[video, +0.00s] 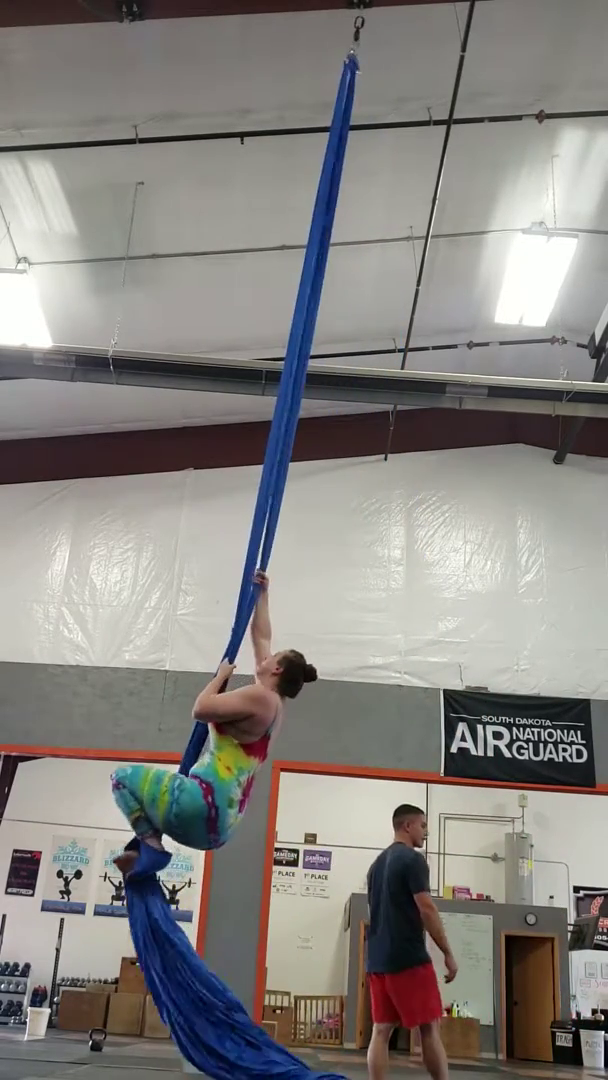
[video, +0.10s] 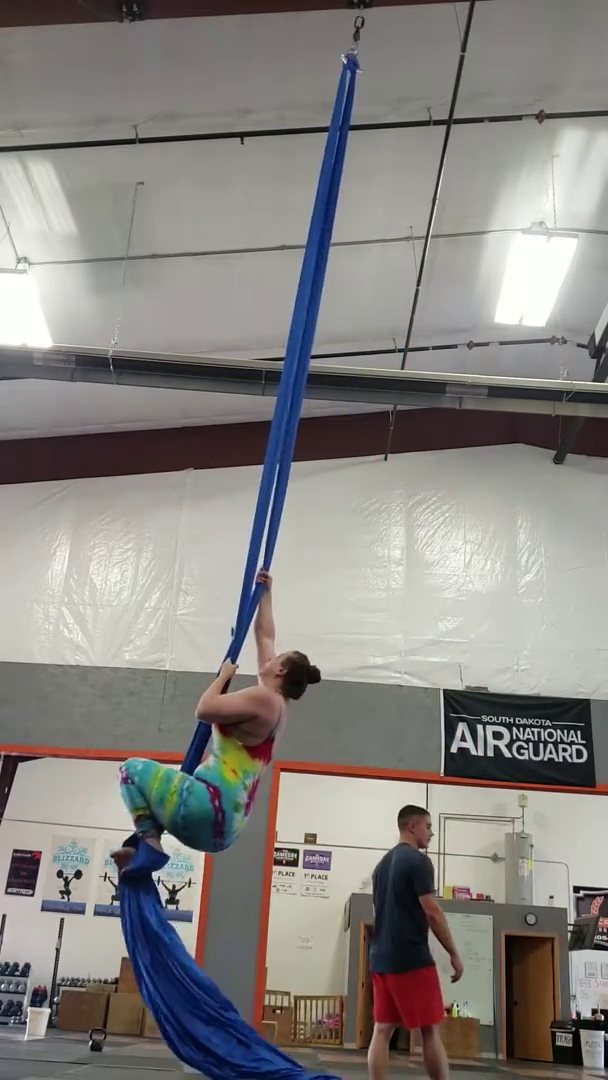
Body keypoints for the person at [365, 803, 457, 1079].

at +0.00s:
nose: (425, 831)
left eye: (425, 826)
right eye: (422, 825)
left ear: (401, 827)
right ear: (406, 826)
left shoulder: (377, 863)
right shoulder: (412, 859)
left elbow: (377, 914)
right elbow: (427, 909)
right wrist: (447, 952)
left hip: (378, 960)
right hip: (408, 959)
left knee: (380, 1032)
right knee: (429, 1029)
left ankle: (377, 1077)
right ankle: (442, 1076)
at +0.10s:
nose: (431, 832)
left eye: (430, 827)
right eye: (427, 826)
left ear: (406, 828)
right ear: (411, 826)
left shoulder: (383, 863)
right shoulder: (418, 861)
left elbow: (381, 913)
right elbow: (432, 912)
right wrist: (453, 952)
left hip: (381, 959)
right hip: (412, 960)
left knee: (382, 1031)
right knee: (430, 1031)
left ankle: (377, 1077)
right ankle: (441, 1077)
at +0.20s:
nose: (437, 833)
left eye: (436, 827)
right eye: (434, 827)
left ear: (412, 828)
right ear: (418, 827)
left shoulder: (390, 865)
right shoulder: (425, 864)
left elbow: (388, 913)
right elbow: (439, 915)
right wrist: (459, 957)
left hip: (387, 960)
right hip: (417, 962)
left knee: (385, 1031)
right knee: (433, 1034)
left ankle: (378, 1078)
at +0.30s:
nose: (445, 834)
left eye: (445, 828)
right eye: (443, 828)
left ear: (419, 829)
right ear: (428, 829)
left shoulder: (399, 864)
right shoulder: (432, 865)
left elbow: (395, 914)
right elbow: (446, 918)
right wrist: (464, 961)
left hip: (395, 961)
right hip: (425, 963)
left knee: (392, 1032)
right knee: (438, 1035)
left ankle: (381, 1077)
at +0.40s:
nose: (453, 836)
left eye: (453, 830)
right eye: (451, 830)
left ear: (426, 831)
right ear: (441, 831)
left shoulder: (406, 866)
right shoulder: (441, 866)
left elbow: (406, 918)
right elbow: (452, 919)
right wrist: (469, 964)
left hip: (403, 963)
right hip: (434, 964)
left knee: (406, 1032)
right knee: (448, 1035)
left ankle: (388, 1077)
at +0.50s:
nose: (459, 837)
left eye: (459, 832)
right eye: (458, 832)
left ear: (430, 832)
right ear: (452, 833)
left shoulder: (411, 866)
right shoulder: (448, 867)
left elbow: (409, 917)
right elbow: (459, 920)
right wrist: (472, 966)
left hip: (410, 962)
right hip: (441, 963)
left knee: (416, 1032)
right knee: (452, 1035)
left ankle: (395, 1076)